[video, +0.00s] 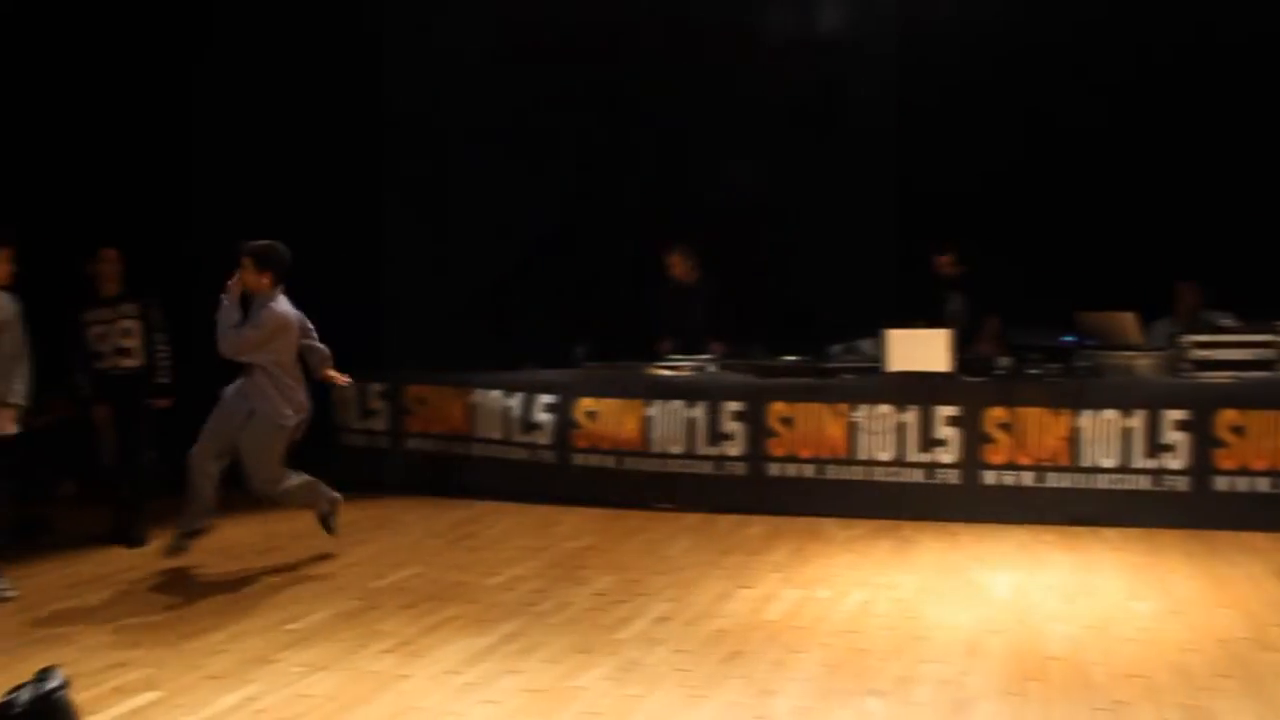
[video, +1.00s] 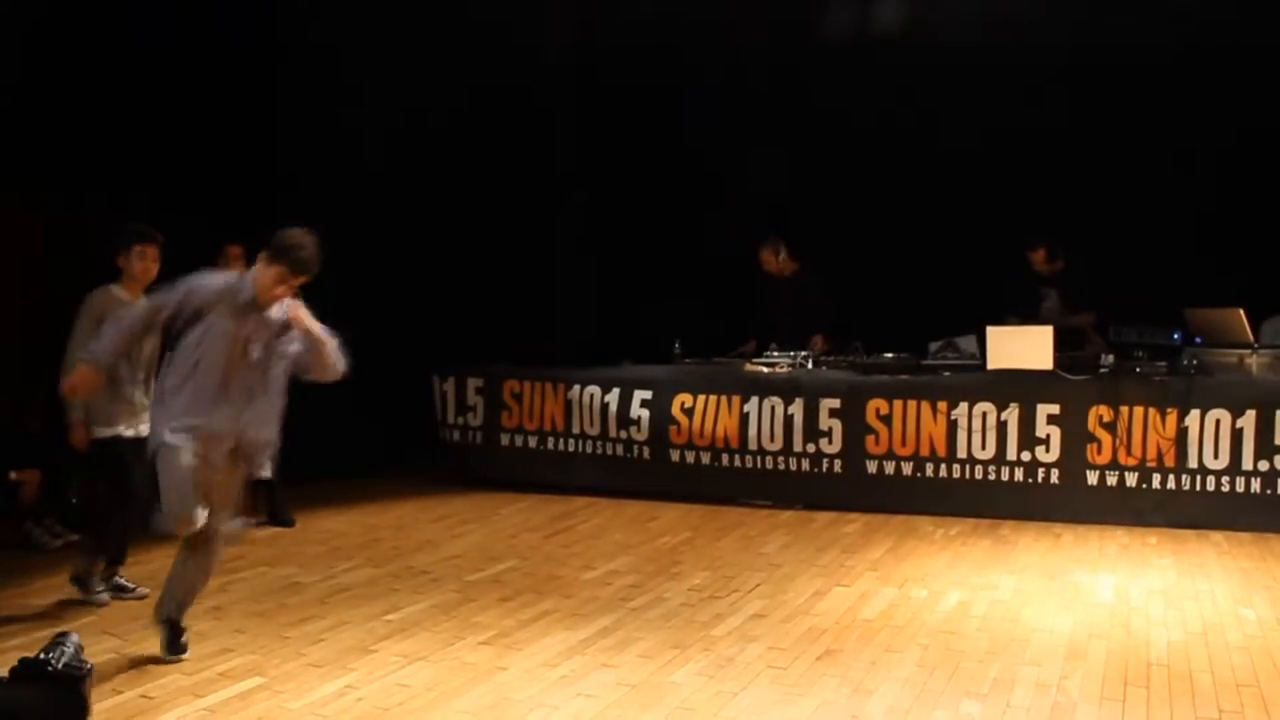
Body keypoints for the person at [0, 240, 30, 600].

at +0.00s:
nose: (8, 271)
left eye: (10, 263)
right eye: (5, 263)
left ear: (14, 268)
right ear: (1, 267)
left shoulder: (11, 306)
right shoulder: (11, 307)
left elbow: (18, 359)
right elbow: (18, 359)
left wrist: (12, 406)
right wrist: (12, 405)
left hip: (8, 420)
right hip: (9, 420)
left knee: (9, 495)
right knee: (10, 495)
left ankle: (5, 569)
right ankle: (5, 568)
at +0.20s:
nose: (77, 262)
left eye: (77, 254)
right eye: (70, 254)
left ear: (69, 259)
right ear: (49, 258)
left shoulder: (77, 301)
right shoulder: (17, 301)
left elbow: (88, 359)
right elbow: (6, 364)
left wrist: (94, 410)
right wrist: (10, 415)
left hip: (73, 424)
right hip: (33, 427)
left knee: (67, 500)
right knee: (37, 504)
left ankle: (60, 562)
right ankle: (40, 576)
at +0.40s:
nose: (117, 268)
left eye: (117, 261)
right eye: (111, 261)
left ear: (102, 265)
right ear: (90, 263)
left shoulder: (110, 303)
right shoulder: (54, 303)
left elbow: (118, 362)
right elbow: (36, 366)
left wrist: (122, 411)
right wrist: (46, 420)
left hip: (106, 426)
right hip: (69, 431)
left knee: (103, 503)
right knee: (74, 507)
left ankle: (96, 571)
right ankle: (77, 579)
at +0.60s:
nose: (112, 257)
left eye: (113, 249)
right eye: (105, 249)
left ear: (110, 255)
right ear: (83, 254)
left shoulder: (117, 301)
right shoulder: (58, 299)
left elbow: (123, 360)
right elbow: (41, 362)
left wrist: (122, 408)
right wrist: (49, 417)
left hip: (112, 422)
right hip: (73, 426)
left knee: (106, 501)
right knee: (77, 503)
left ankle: (97, 571)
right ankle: (76, 577)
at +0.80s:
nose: (135, 272)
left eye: (138, 264)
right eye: (127, 263)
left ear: (139, 269)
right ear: (106, 265)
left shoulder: (132, 310)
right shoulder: (76, 305)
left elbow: (135, 366)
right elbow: (52, 363)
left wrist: (138, 417)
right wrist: (56, 420)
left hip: (116, 426)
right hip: (79, 428)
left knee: (117, 503)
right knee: (83, 507)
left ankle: (110, 574)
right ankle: (79, 577)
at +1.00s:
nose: (149, 266)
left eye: (154, 259)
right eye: (142, 258)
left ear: (159, 265)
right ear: (124, 261)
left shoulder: (151, 309)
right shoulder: (102, 302)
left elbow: (148, 367)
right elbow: (77, 361)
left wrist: (152, 413)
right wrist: (77, 418)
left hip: (138, 424)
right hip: (104, 425)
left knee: (130, 501)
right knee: (105, 501)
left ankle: (113, 569)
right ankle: (87, 569)